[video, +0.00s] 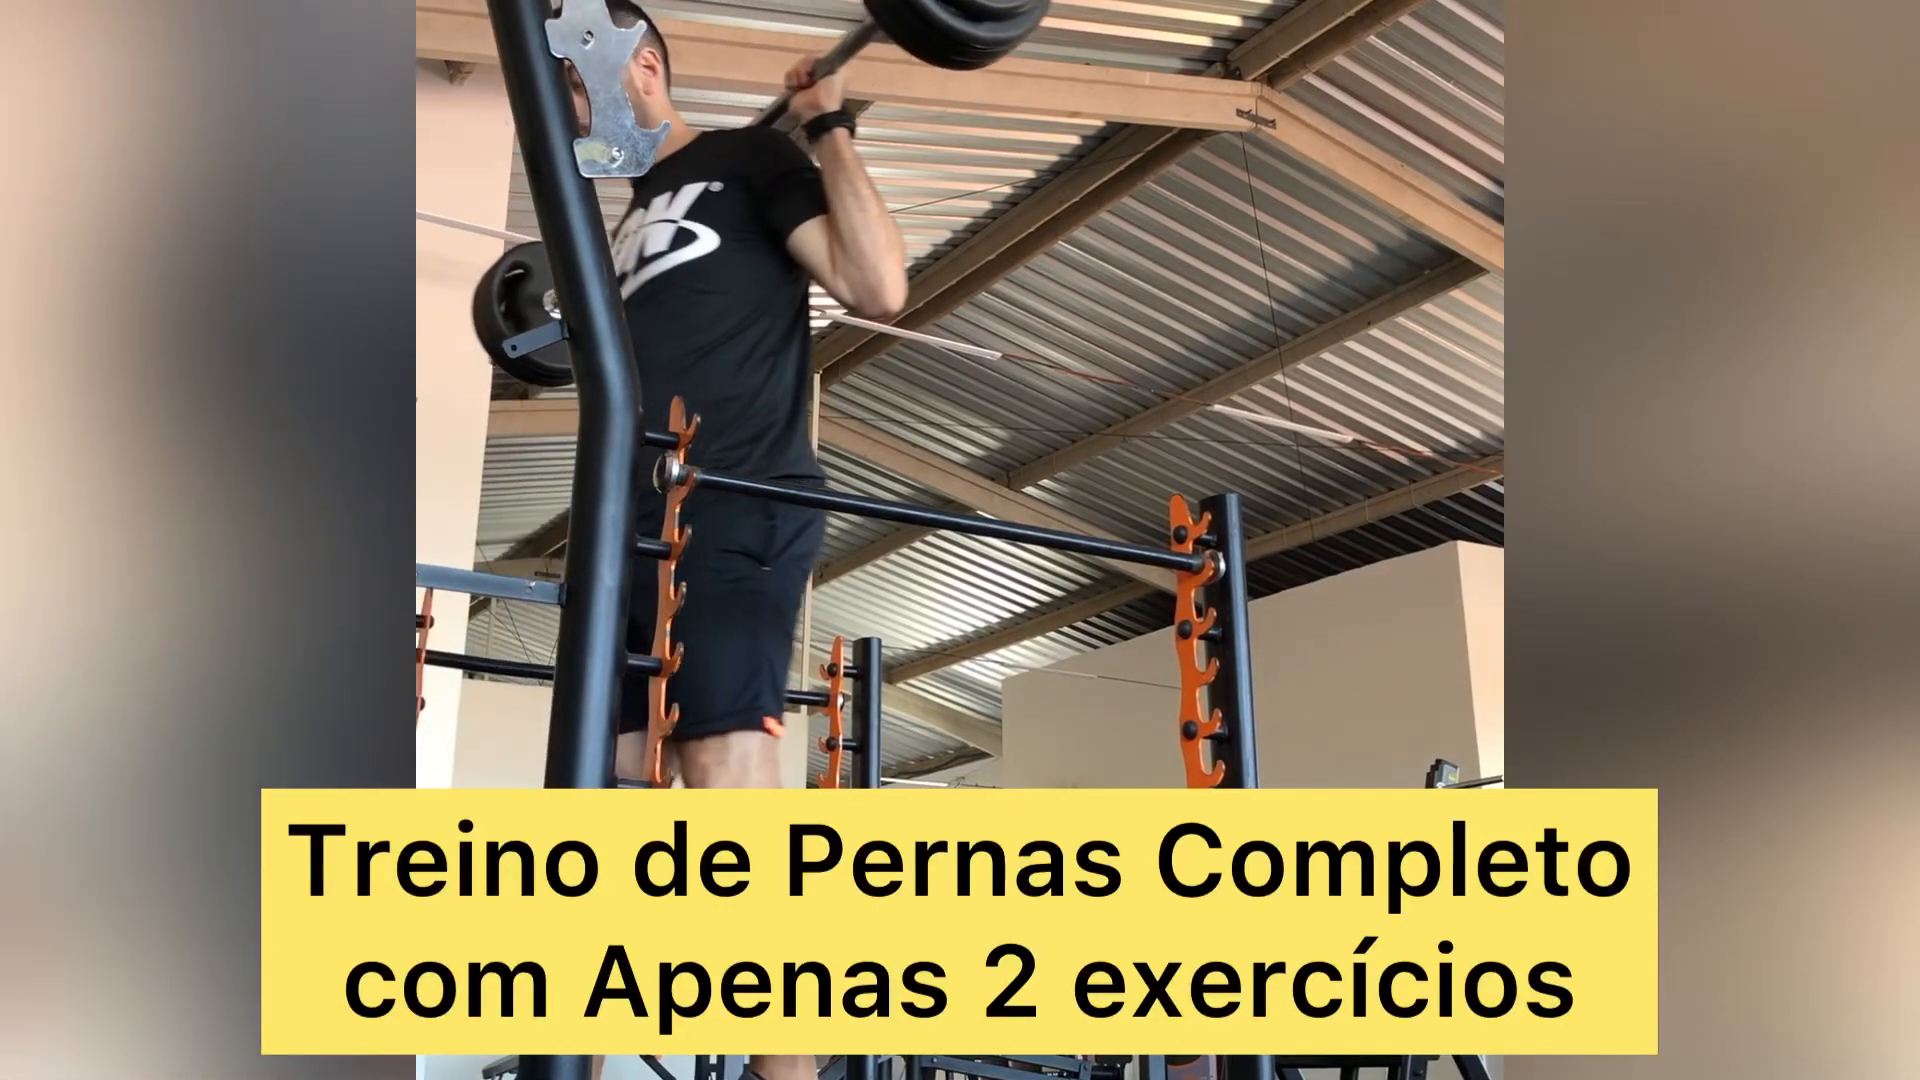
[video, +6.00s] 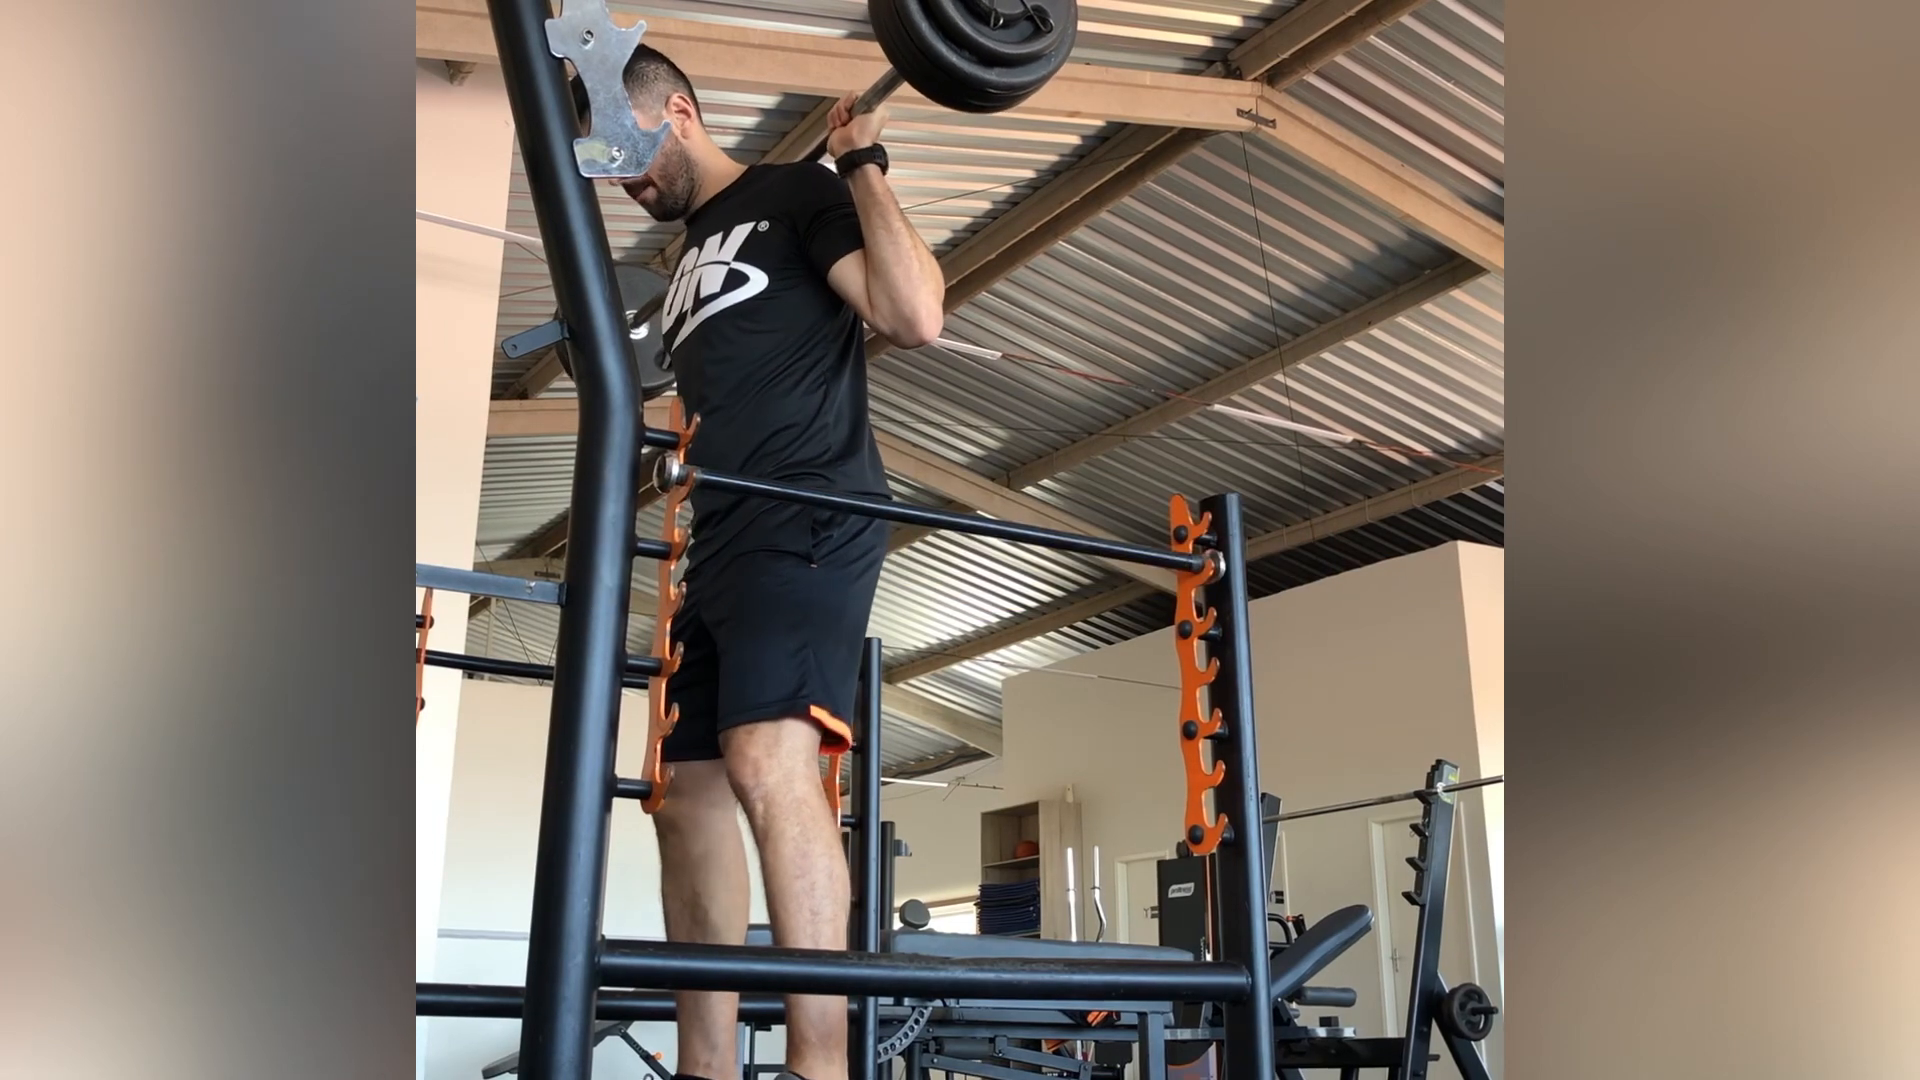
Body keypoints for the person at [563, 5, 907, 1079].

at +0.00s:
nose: (582, 95)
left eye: (600, 66)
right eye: (566, 76)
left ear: (652, 68)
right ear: (569, 95)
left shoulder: (748, 154)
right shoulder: (601, 217)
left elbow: (879, 293)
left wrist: (831, 135)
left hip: (743, 497)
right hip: (630, 503)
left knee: (726, 775)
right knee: (623, 769)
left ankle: (783, 1055)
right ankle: (609, 1046)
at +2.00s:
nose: (650, 178)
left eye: (654, 148)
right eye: (637, 160)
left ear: (714, 116)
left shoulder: (828, 193)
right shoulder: (708, 268)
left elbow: (946, 322)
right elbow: (704, 417)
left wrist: (904, 173)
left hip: (822, 527)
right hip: (721, 541)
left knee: (815, 764)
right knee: (706, 788)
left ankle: (848, 1065)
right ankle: (727, 1066)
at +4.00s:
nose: (631, 172)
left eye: (635, 144)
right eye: (618, 154)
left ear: (690, 106)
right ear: (662, 124)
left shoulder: (806, 183)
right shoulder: (686, 258)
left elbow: (928, 312)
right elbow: (704, 420)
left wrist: (880, 161)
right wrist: (672, 573)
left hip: (808, 522)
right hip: (713, 537)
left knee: (779, 758)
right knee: (686, 786)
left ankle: (822, 1062)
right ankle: (708, 1063)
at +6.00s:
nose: (630, 182)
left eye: (635, 152)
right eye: (615, 165)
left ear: (684, 112)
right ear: (643, 139)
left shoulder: (799, 192)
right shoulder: (685, 257)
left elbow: (917, 316)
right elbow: (714, 406)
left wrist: (866, 170)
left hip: (809, 512)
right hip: (726, 529)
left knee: (769, 755)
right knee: (687, 788)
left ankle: (825, 1063)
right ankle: (709, 1067)